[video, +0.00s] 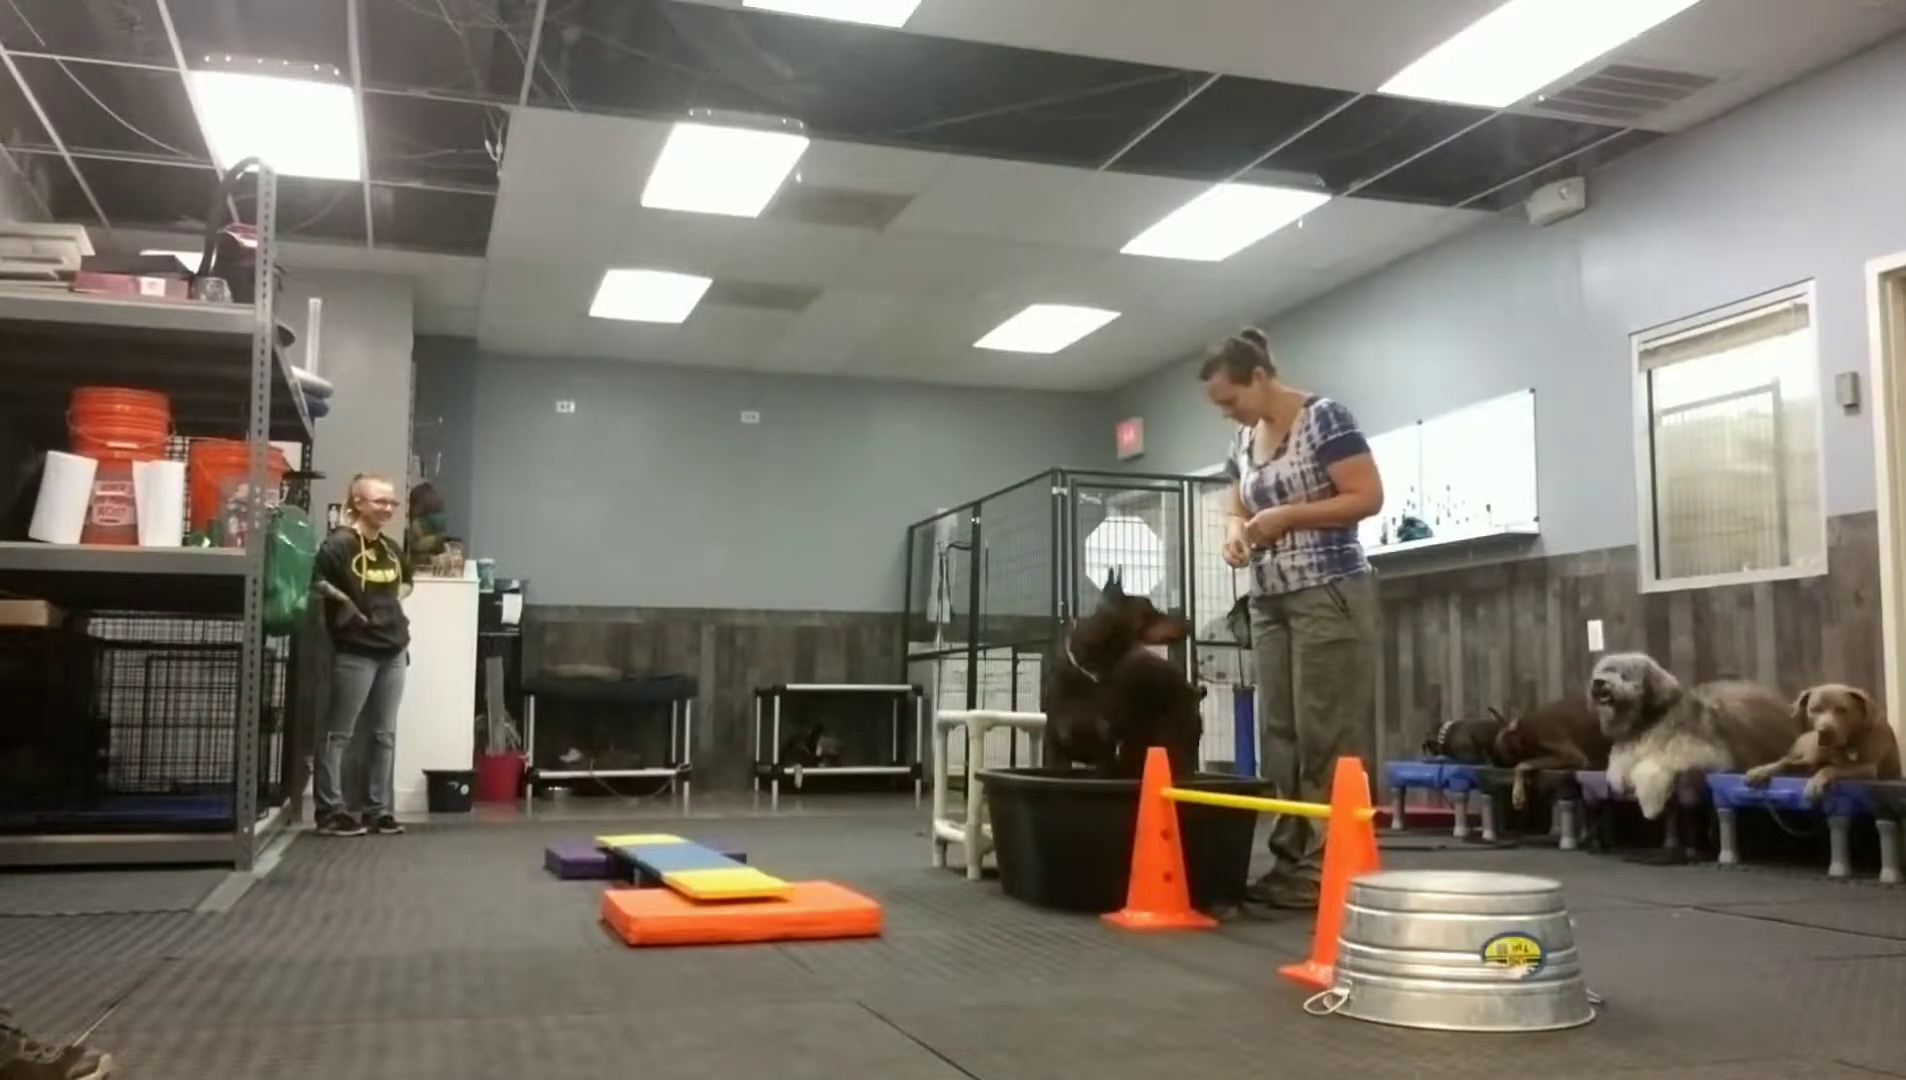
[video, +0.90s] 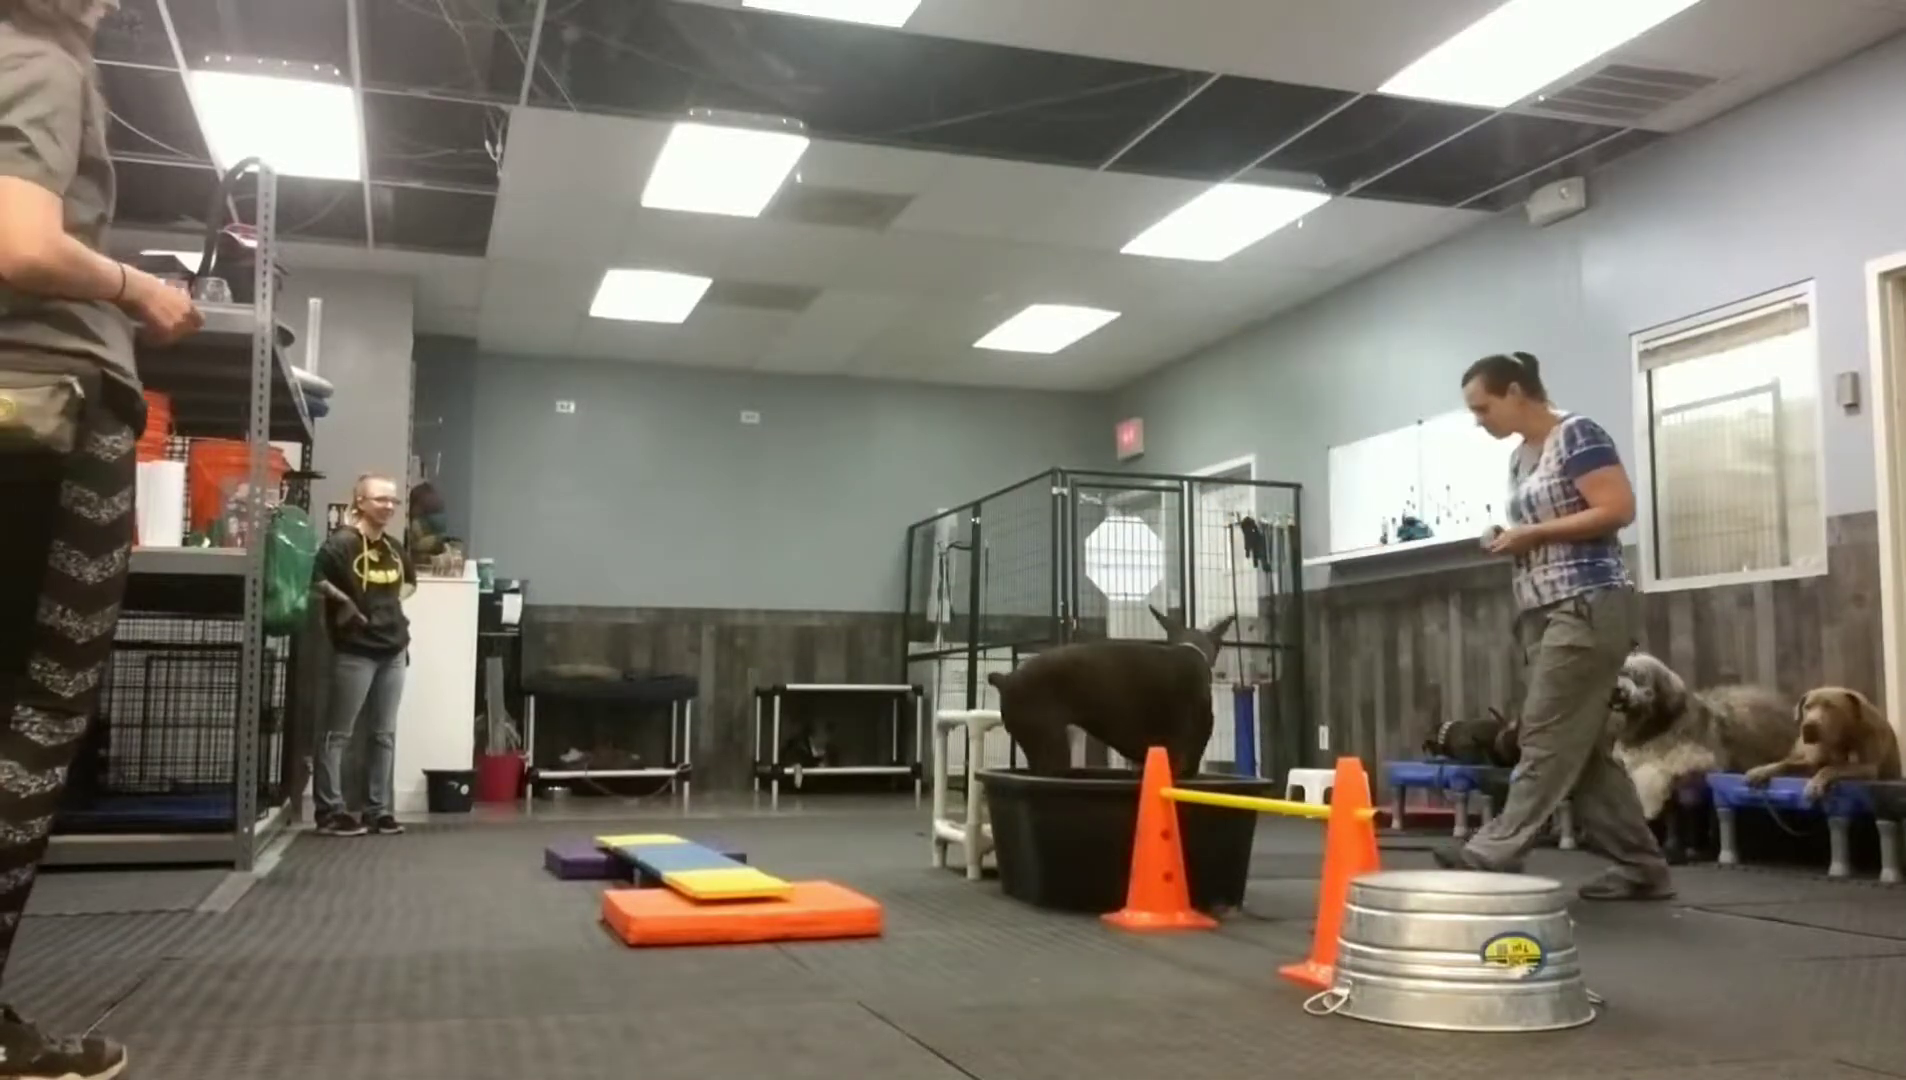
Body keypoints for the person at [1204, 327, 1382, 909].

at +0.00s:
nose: (1228, 413)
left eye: (1230, 400)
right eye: (1221, 405)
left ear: (1260, 378)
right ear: (1240, 391)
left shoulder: (1323, 417)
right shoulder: (1247, 445)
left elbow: (1367, 498)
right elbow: (1240, 512)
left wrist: (1286, 517)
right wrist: (1237, 531)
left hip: (1329, 595)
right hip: (1272, 601)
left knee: (1327, 731)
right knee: (1281, 731)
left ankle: (1331, 867)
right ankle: (1292, 861)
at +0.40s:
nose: (1254, 419)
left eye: (1257, 406)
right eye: (1248, 411)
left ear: (1288, 385)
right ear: (1273, 394)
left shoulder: (1351, 421)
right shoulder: (1279, 452)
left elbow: (1395, 498)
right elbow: (1294, 527)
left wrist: (1316, 516)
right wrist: (1245, 548)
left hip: (1357, 595)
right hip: (1296, 603)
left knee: (1330, 717)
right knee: (1287, 728)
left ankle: (1396, 839)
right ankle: (1296, 864)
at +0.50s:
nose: (1300, 423)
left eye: (1300, 409)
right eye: (1293, 414)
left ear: (1330, 388)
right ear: (1321, 398)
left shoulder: (1392, 427)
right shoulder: (1332, 456)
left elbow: (1427, 509)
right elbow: (1349, 531)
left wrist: (1341, 523)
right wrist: (1300, 542)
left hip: (1388, 602)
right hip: (1336, 607)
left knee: (1387, 740)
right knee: (1311, 729)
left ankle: (1462, 867)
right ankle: (1298, 867)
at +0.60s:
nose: (1347, 418)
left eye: (1348, 404)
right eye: (1341, 408)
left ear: (1379, 384)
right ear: (1374, 391)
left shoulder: (1438, 428)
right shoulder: (1391, 449)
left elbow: (1470, 505)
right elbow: (1418, 520)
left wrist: (1388, 525)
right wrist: (1375, 530)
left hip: (1439, 600)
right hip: (1392, 605)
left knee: (1431, 742)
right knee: (1358, 720)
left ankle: (1463, 869)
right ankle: (1356, 862)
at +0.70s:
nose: (1394, 411)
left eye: (1395, 397)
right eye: (1388, 401)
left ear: (1428, 379)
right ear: (1424, 386)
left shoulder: (1482, 423)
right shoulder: (1437, 445)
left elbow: (1512, 500)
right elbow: (1464, 516)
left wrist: (1429, 522)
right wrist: (1418, 526)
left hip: (1481, 595)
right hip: (1440, 600)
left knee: (1463, 728)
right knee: (1420, 718)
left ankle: (1469, 862)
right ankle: (1521, 819)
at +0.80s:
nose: (1440, 416)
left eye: (1441, 404)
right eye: (1435, 408)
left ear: (1473, 386)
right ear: (1471, 391)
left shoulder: (1529, 433)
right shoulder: (1485, 451)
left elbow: (1562, 511)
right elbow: (1512, 521)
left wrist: (1481, 528)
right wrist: (1468, 531)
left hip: (1533, 604)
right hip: (1507, 607)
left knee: (1495, 734)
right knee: (1533, 740)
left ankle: (1469, 865)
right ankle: (1622, 849)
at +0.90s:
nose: (1481, 423)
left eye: (1482, 410)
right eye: (1476, 414)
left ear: (1514, 393)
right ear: (1510, 399)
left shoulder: (1576, 433)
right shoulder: (1522, 460)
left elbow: (1619, 508)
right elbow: (1554, 529)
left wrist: (1536, 533)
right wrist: (1511, 537)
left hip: (1589, 607)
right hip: (1546, 613)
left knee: (1547, 733)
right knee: (1577, 744)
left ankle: (1495, 850)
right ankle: (1641, 866)